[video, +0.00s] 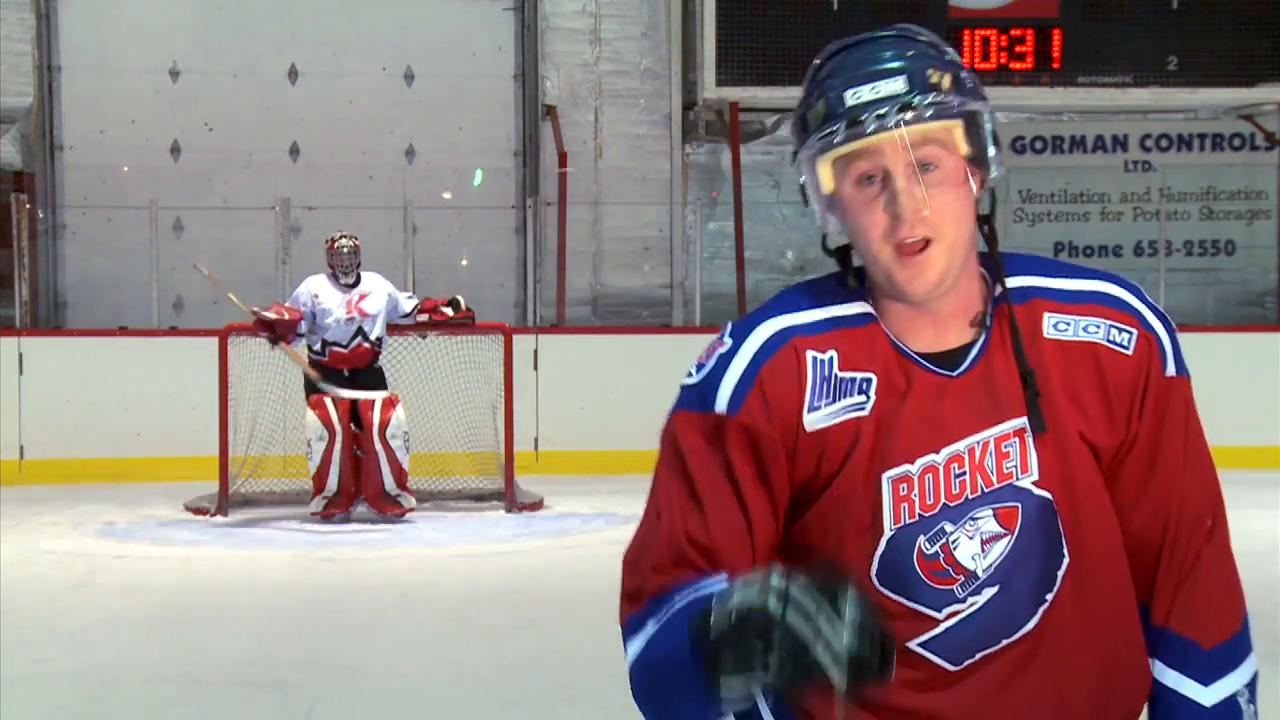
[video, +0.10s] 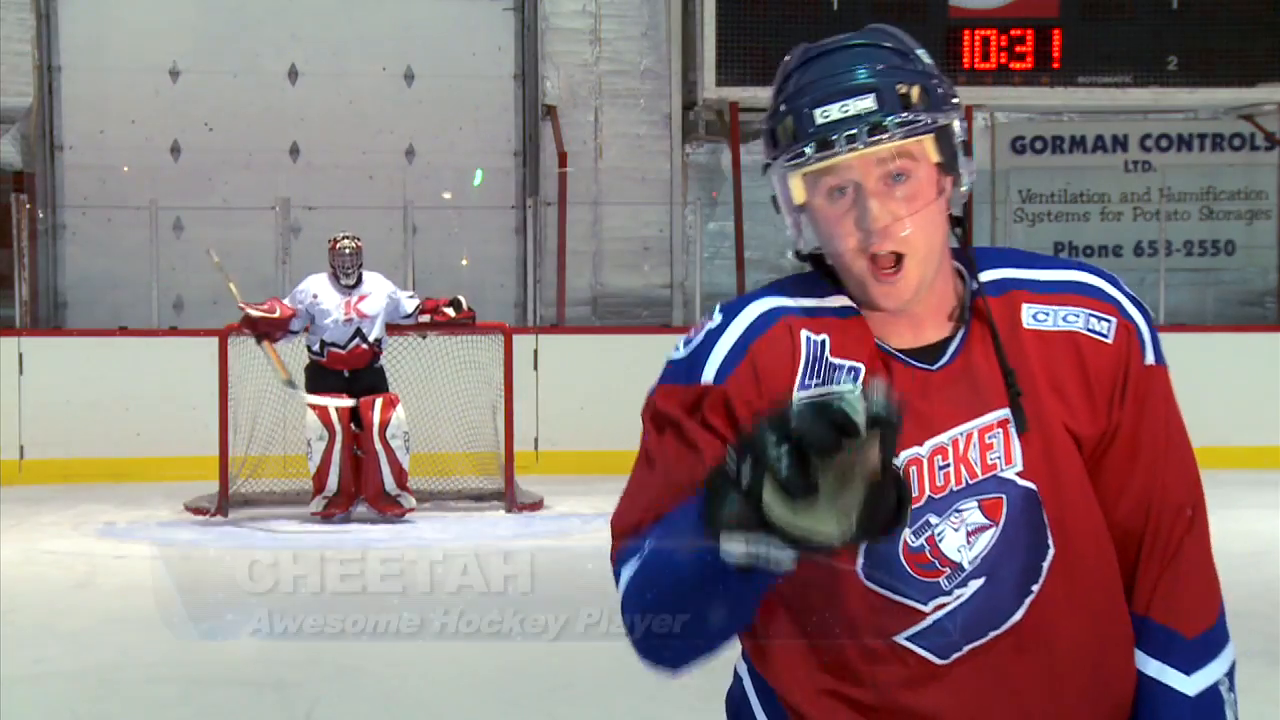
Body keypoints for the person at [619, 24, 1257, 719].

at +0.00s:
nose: (906, 209)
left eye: (927, 166)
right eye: (868, 180)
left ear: (976, 174)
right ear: (830, 207)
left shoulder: (1118, 335)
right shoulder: (763, 372)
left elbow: (1196, 600)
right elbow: (665, 618)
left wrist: (1207, 710)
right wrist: (747, 633)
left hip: (1096, 707)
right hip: (867, 706)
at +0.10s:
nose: (876, 218)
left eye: (898, 174)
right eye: (838, 190)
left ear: (949, 179)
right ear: (801, 211)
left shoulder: (1092, 323)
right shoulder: (743, 359)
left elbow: (1177, 594)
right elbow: (658, 627)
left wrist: (1184, 710)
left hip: (1078, 708)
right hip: (827, 710)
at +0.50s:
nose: (833, 208)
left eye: (853, 166)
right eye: (793, 182)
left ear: (901, 177)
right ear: (751, 212)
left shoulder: (1039, 325)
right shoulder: (682, 389)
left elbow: (1124, 603)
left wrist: (1144, 711)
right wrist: (755, 581)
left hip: (1047, 708)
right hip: (801, 712)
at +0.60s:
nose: (828, 198)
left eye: (851, 158)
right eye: (789, 171)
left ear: (899, 177)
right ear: (748, 205)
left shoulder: (1036, 325)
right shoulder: (692, 396)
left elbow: (1118, 583)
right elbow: (616, 639)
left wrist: (1140, 709)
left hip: (1050, 706)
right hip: (828, 710)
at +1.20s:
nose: (819, 204)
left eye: (844, 165)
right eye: (780, 185)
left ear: (897, 178)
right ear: (746, 226)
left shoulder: (1048, 313)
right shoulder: (704, 421)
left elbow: (1179, 482)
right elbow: (617, 690)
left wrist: (1234, 654)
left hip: (1053, 701)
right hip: (817, 707)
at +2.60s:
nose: (895, 161)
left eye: (924, 133)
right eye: (865, 136)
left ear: (969, 168)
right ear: (823, 175)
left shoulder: (1086, 328)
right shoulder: (748, 366)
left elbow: (1210, 585)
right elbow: (644, 645)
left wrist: (1272, 697)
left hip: (1072, 705)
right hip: (834, 713)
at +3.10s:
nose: (1000, 184)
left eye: (1031, 158)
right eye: (971, 151)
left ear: (1065, 182)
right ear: (920, 167)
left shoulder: (1145, 351)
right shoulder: (808, 342)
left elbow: (1261, 600)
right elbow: (704, 606)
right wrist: (613, 714)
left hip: (1090, 706)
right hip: (856, 710)